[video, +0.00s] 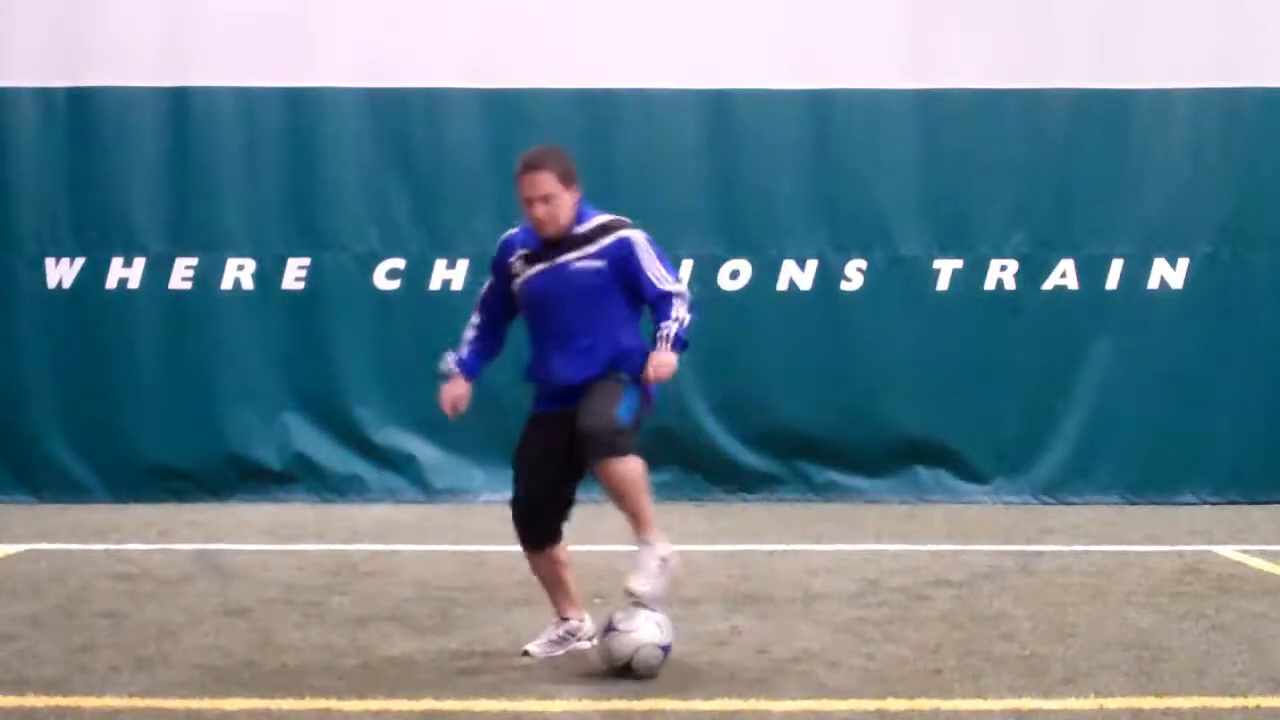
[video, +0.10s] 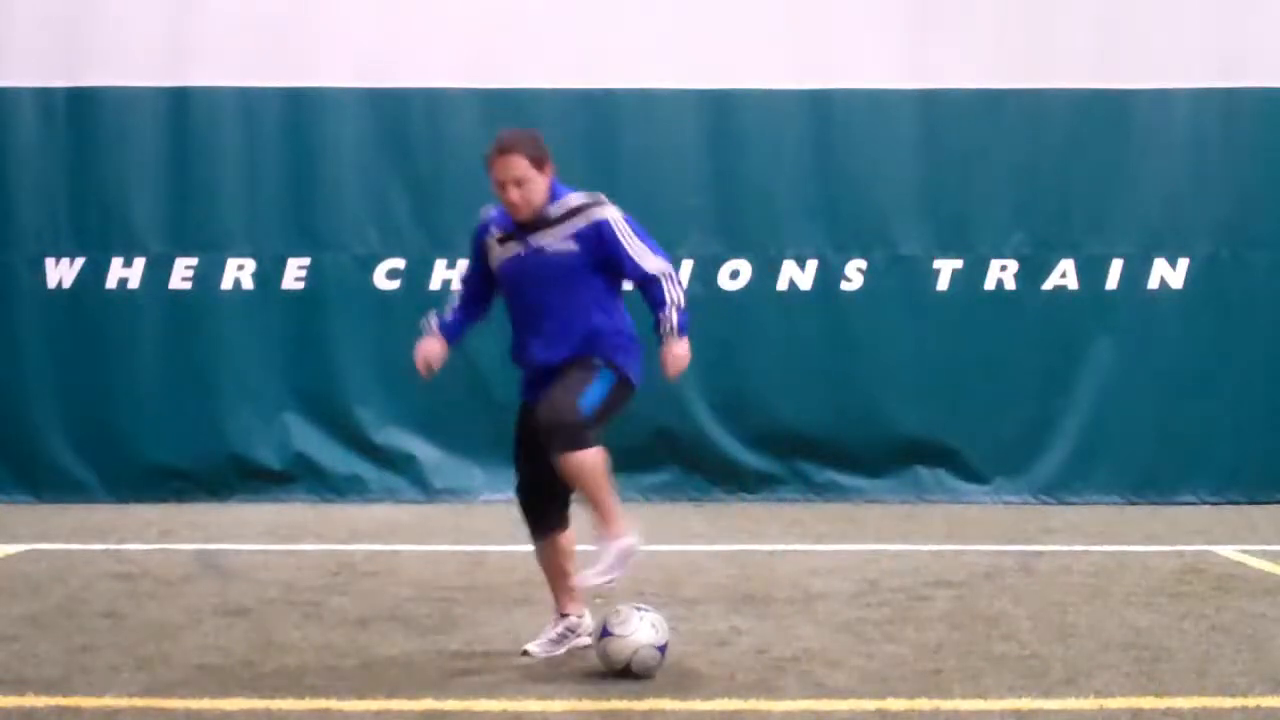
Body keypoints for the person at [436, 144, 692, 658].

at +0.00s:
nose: (537, 212)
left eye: (546, 199)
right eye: (528, 202)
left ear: (573, 193)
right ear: (520, 201)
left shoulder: (618, 236)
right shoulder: (515, 252)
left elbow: (673, 297)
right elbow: (490, 317)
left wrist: (667, 346)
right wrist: (462, 371)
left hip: (615, 377)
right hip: (555, 393)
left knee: (600, 432)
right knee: (531, 511)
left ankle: (654, 547)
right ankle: (572, 621)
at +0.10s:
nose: (510, 197)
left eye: (520, 183)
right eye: (501, 187)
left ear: (547, 173)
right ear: (493, 185)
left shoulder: (592, 215)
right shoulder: (492, 232)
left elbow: (658, 270)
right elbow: (474, 294)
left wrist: (673, 332)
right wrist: (442, 333)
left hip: (601, 359)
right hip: (542, 374)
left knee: (558, 421)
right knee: (538, 495)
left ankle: (618, 536)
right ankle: (572, 617)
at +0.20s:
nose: (489, 178)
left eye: (498, 166)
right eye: (480, 169)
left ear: (525, 157)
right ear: (472, 170)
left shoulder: (569, 193)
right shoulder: (472, 214)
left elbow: (643, 240)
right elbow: (455, 264)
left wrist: (667, 303)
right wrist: (422, 302)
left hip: (586, 346)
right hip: (533, 357)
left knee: (535, 445)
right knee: (523, 478)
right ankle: (596, 577)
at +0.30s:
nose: (471, 197)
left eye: (480, 184)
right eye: (462, 187)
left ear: (507, 173)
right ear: (454, 185)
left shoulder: (552, 213)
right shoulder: (459, 225)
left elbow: (625, 261)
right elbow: (437, 267)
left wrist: (659, 328)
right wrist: (405, 299)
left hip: (563, 378)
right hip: (517, 381)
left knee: (517, 491)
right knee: (503, 489)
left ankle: (506, 639)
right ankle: (621, 522)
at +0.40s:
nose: (453, 234)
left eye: (462, 220)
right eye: (444, 223)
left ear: (490, 209)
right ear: (436, 219)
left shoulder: (532, 258)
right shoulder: (450, 256)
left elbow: (590, 325)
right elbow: (426, 288)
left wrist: (626, 394)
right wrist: (388, 316)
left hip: (548, 408)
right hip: (506, 408)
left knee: (488, 512)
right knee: (507, 515)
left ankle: (506, 645)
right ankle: (620, 518)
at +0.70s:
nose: (465, 213)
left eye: (476, 200)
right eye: (457, 202)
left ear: (502, 187)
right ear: (448, 197)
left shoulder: (548, 229)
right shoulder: (445, 236)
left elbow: (619, 273)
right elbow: (423, 291)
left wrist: (637, 343)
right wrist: (393, 335)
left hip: (552, 396)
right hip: (493, 396)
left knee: (509, 508)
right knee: (472, 503)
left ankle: (506, 639)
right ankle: (579, 561)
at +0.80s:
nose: (475, 204)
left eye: (485, 190)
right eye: (465, 193)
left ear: (509, 179)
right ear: (455, 189)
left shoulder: (556, 218)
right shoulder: (451, 237)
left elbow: (615, 260)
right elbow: (434, 297)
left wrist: (631, 338)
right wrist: (421, 360)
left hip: (568, 378)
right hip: (505, 384)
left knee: (547, 485)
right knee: (488, 500)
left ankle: (538, 617)